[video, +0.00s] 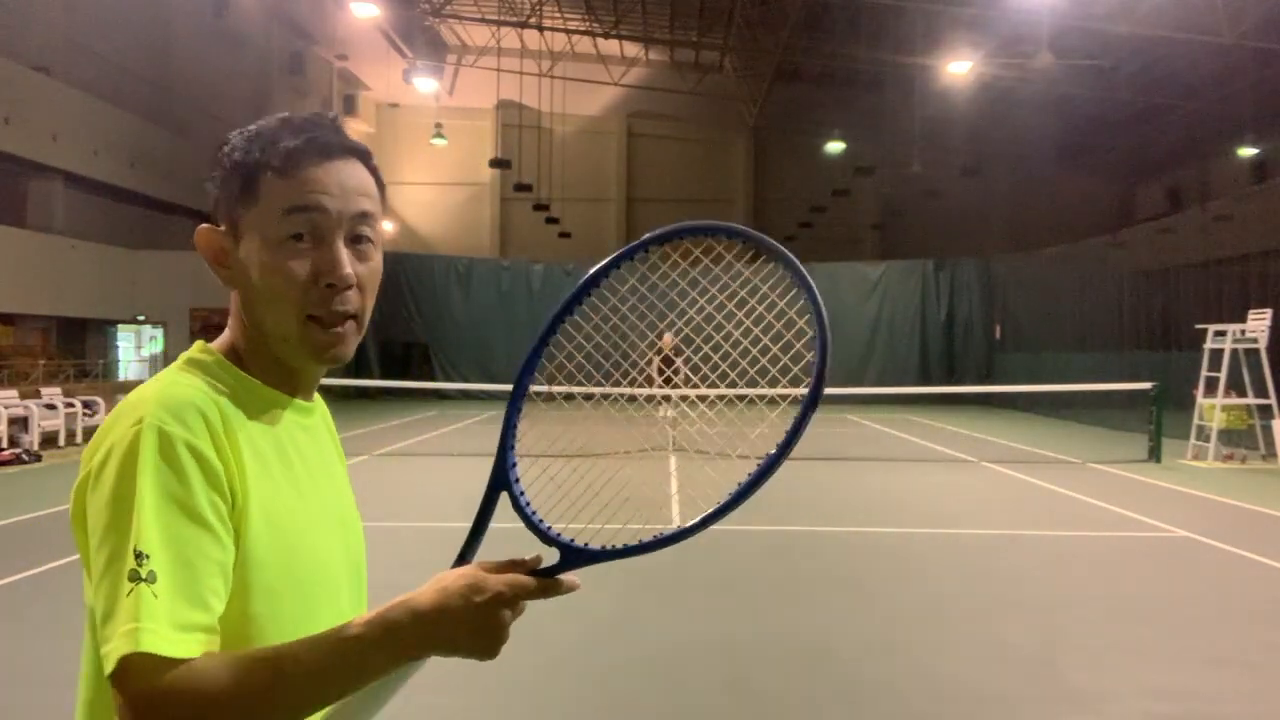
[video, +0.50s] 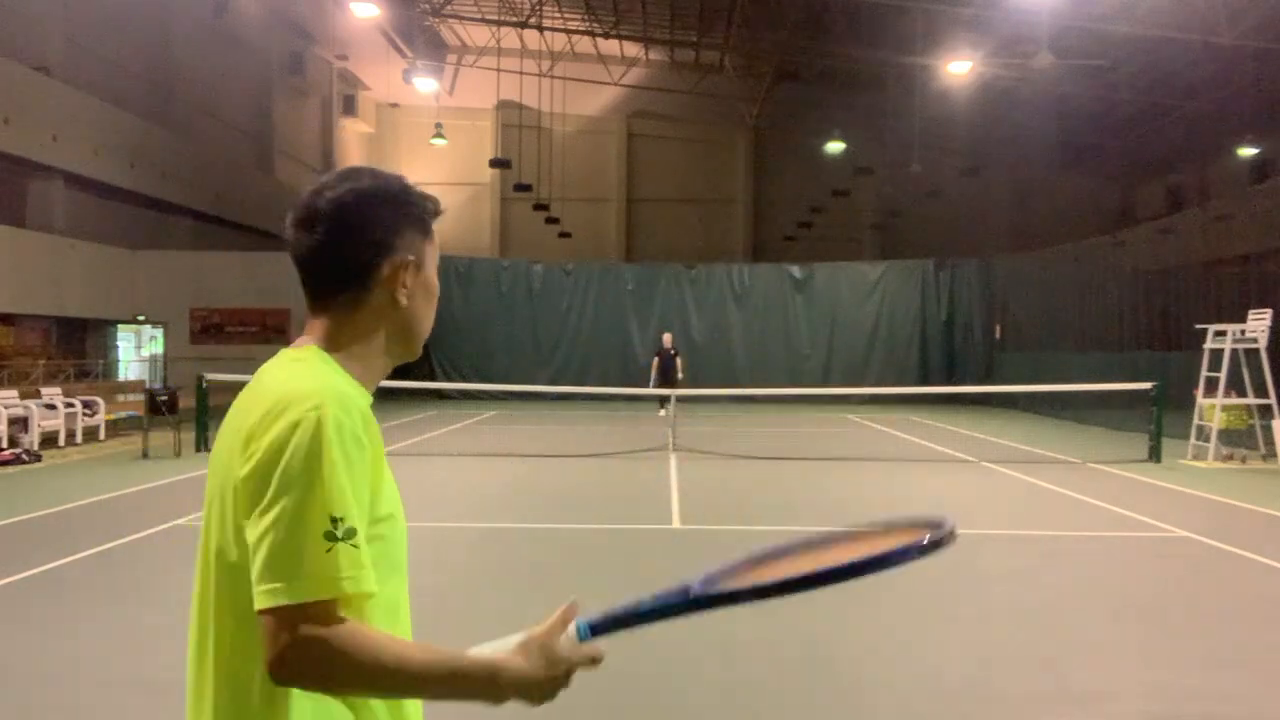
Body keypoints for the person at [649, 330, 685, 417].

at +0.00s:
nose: (667, 343)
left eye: (669, 341)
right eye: (665, 341)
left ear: (672, 341)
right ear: (662, 341)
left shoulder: (675, 352)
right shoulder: (659, 352)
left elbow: (680, 364)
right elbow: (654, 367)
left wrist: (681, 374)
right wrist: (656, 378)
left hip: (672, 375)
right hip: (661, 375)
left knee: (671, 392)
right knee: (661, 391)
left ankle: (670, 408)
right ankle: (661, 407)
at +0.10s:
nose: (668, 342)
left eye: (670, 339)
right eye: (666, 339)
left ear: (672, 340)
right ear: (662, 341)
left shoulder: (674, 352)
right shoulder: (659, 352)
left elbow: (679, 363)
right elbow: (655, 366)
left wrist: (683, 371)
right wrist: (657, 375)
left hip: (672, 371)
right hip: (661, 372)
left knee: (670, 389)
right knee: (661, 389)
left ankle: (669, 406)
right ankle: (661, 406)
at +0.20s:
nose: (666, 345)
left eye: (668, 342)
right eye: (664, 342)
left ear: (671, 343)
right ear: (660, 344)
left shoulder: (674, 357)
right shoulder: (657, 357)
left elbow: (680, 368)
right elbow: (655, 370)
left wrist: (680, 376)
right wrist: (662, 378)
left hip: (672, 378)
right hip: (662, 378)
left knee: (670, 390)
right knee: (661, 390)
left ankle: (671, 407)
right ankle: (662, 408)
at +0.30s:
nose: (665, 341)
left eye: (667, 339)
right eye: (663, 339)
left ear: (670, 340)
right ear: (661, 341)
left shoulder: (674, 352)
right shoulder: (658, 353)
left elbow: (677, 363)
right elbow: (654, 365)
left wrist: (679, 372)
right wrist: (656, 375)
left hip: (672, 374)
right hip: (662, 375)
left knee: (670, 391)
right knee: (661, 391)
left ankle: (670, 408)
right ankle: (661, 408)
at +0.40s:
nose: (666, 341)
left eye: (668, 339)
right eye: (664, 339)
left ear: (670, 340)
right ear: (662, 340)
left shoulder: (674, 351)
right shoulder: (659, 351)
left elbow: (677, 362)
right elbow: (654, 364)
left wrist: (679, 372)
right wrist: (654, 376)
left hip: (671, 375)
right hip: (661, 375)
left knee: (670, 391)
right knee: (662, 391)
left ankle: (669, 407)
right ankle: (662, 408)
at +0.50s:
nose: (667, 342)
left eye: (668, 339)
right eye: (665, 339)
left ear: (671, 340)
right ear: (662, 341)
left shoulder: (675, 352)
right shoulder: (659, 352)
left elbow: (678, 362)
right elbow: (654, 364)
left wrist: (679, 372)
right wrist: (653, 375)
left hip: (671, 374)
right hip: (661, 374)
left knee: (671, 390)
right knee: (661, 390)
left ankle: (669, 405)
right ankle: (662, 407)